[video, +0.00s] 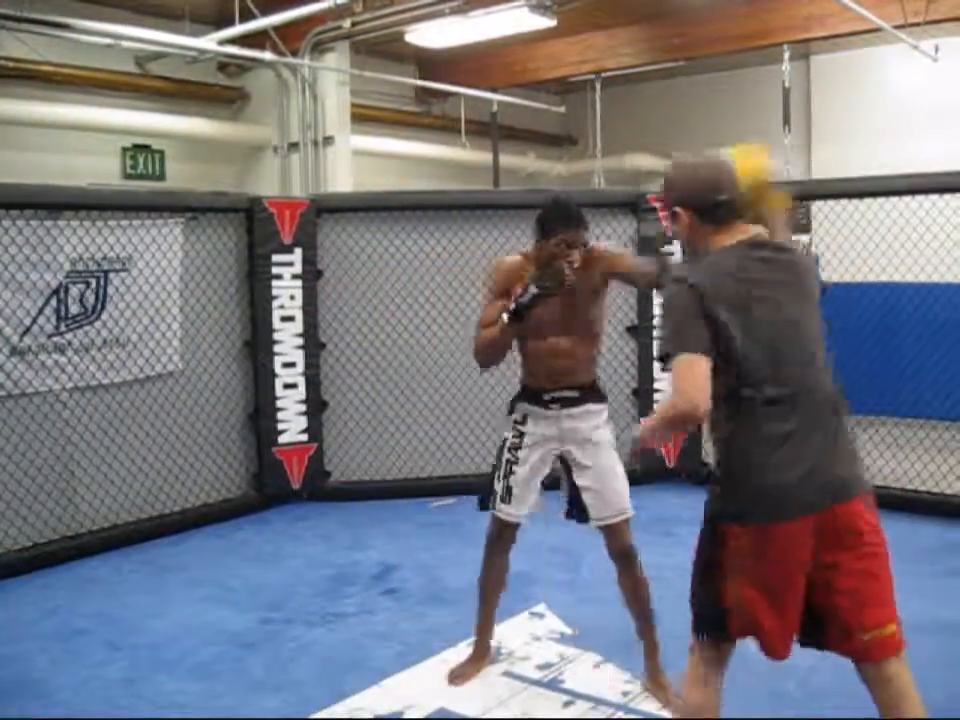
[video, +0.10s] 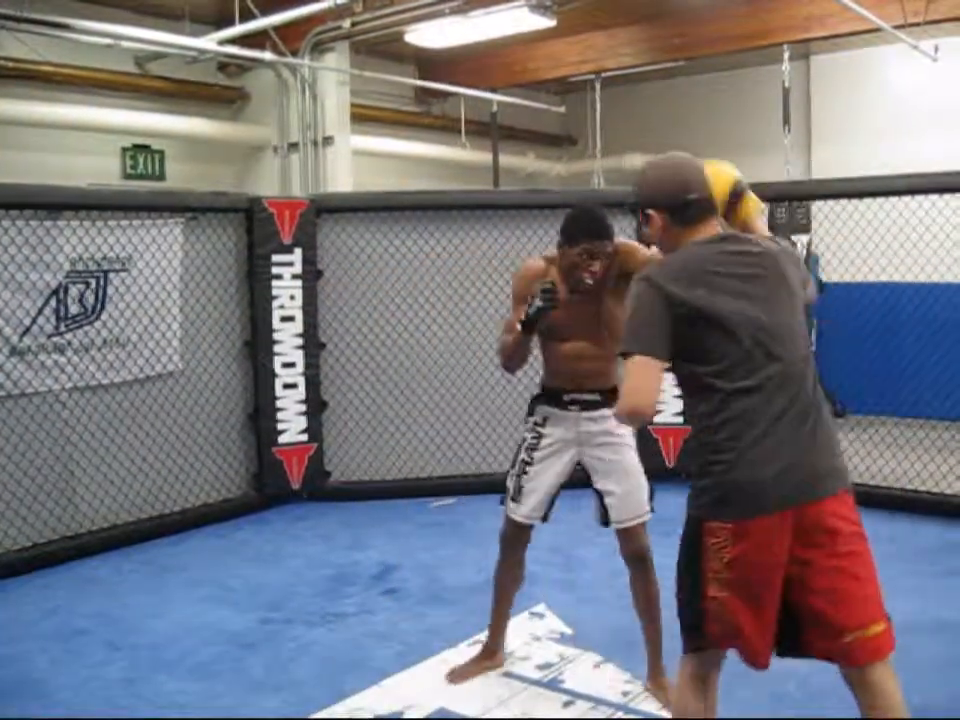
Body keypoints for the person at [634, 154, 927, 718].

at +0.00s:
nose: (667, 222)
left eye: (668, 213)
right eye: (667, 212)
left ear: (682, 218)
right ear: (735, 206)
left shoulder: (691, 284)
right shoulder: (798, 263)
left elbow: (693, 403)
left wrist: (660, 424)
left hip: (756, 498)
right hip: (841, 485)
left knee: (707, 660)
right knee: (886, 665)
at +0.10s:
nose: (644, 229)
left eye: (644, 218)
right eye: (643, 217)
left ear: (657, 219)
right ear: (713, 205)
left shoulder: (660, 281)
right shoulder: (780, 258)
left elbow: (638, 404)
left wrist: (627, 404)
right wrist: (746, 218)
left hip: (736, 491)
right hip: (822, 478)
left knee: (700, 665)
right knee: (871, 666)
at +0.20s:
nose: (626, 226)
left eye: (626, 216)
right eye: (626, 215)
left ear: (637, 217)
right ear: (693, 201)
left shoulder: (635, 288)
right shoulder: (772, 259)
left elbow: (617, 411)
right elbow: (853, 338)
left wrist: (638, 413)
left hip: (718, 496)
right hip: (807, 483)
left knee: (692, 675)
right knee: (851, 668)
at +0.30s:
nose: (627, 217)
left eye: (626, 207)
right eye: (627, 206)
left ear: (636, 208)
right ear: (699, 197)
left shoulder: (627, 285)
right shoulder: (767, 258)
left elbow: (612, 414)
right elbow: (836, 371)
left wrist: (610, 468)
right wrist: (808, 388)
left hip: (698, 501)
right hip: (790, 491)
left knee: (685, 674)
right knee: (836, 671)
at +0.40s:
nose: (639, 211)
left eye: (640, 201)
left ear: (648, 204)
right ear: (712, 195)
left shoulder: (627, 286)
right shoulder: (773, 266)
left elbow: (607, 421)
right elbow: (812, 389)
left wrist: (603, 519)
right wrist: (816, 415)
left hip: (681, 510)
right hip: (774, 505)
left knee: (677, 683)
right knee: (808, 685)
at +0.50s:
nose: (657, 212)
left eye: (658, 204)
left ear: (665, 212)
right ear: (736, 206)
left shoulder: (631, 295)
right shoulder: (779, 282)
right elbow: (824, 417)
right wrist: (814, 445)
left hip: (667, 528)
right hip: (757, 529)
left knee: (677, 689)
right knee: (778, 704)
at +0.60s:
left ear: (680, 215)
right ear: (758, 215)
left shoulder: (635, 297)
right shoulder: (788, 297)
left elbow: (589, 434)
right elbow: (850, 441)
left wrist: (602, 519)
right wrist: (801, 411)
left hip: (655, 545)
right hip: (746, 550)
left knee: (671, 697)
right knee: (764, 708)